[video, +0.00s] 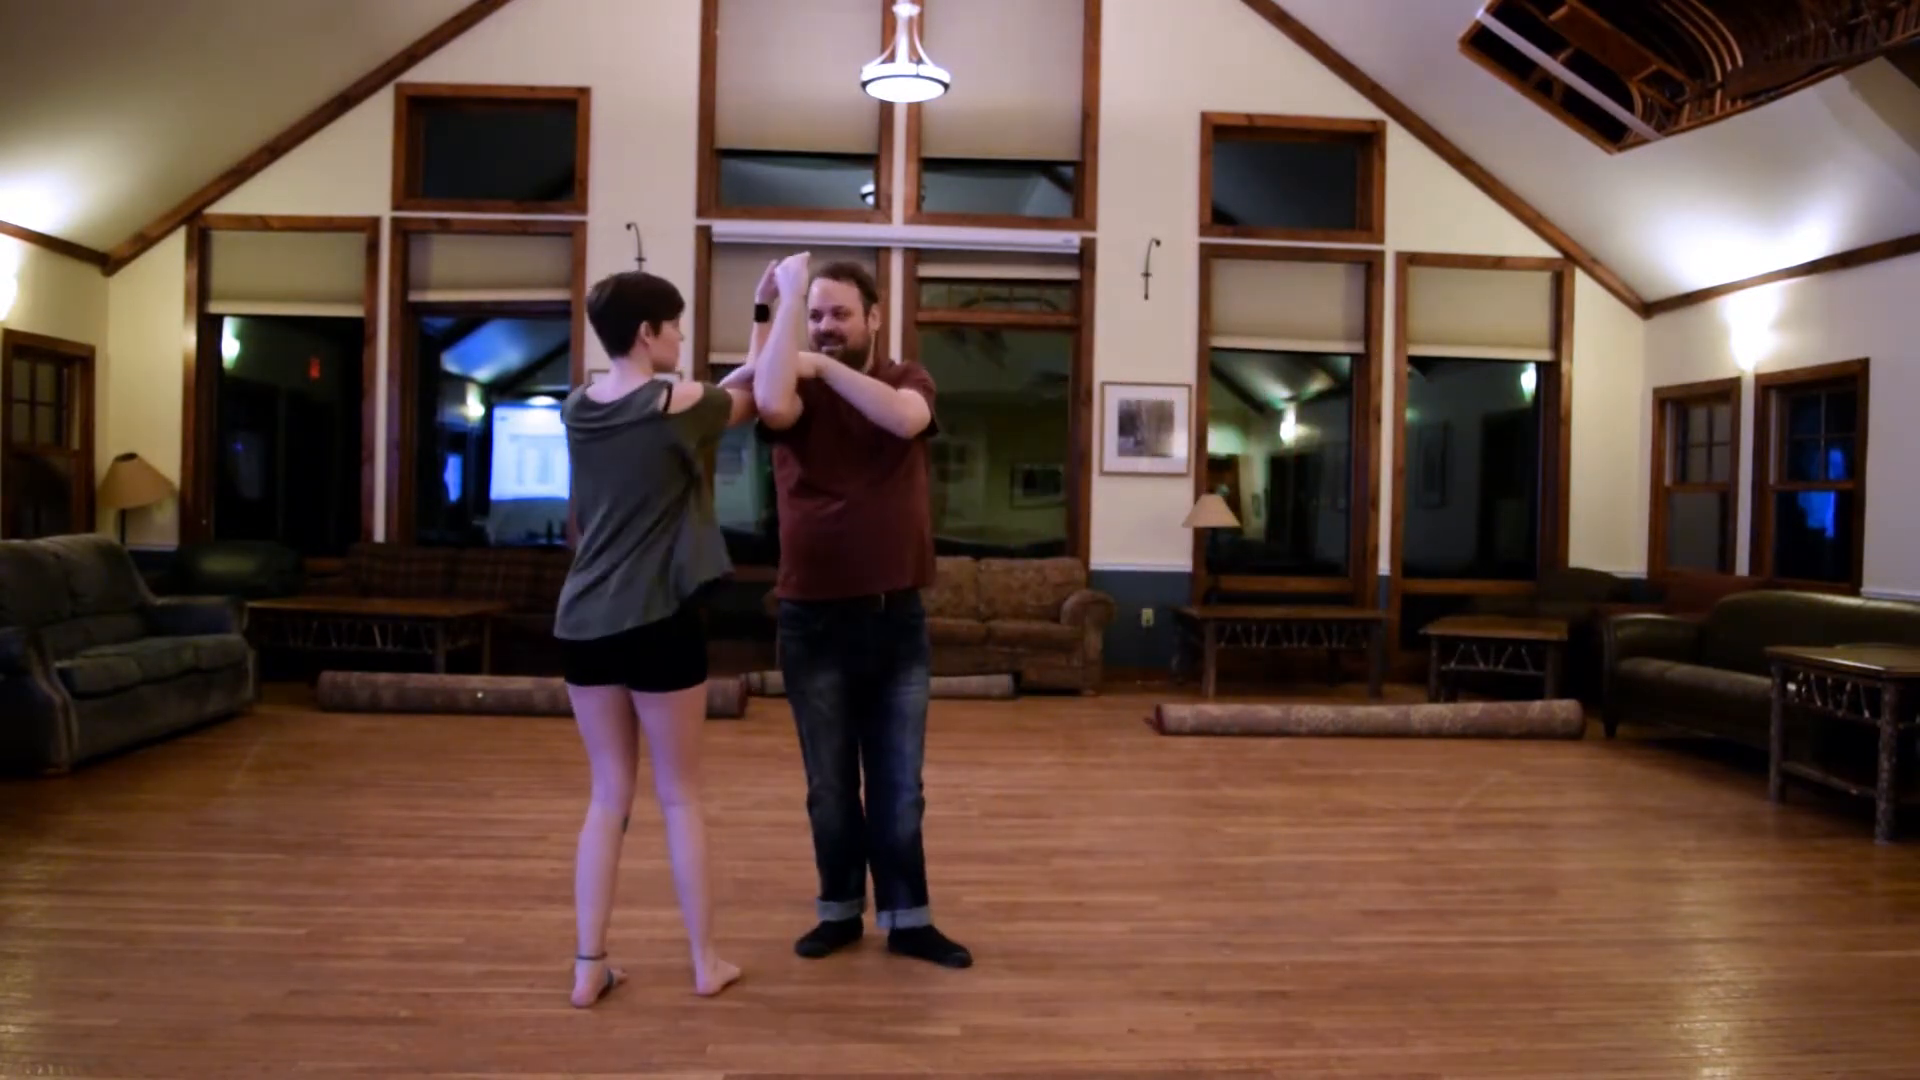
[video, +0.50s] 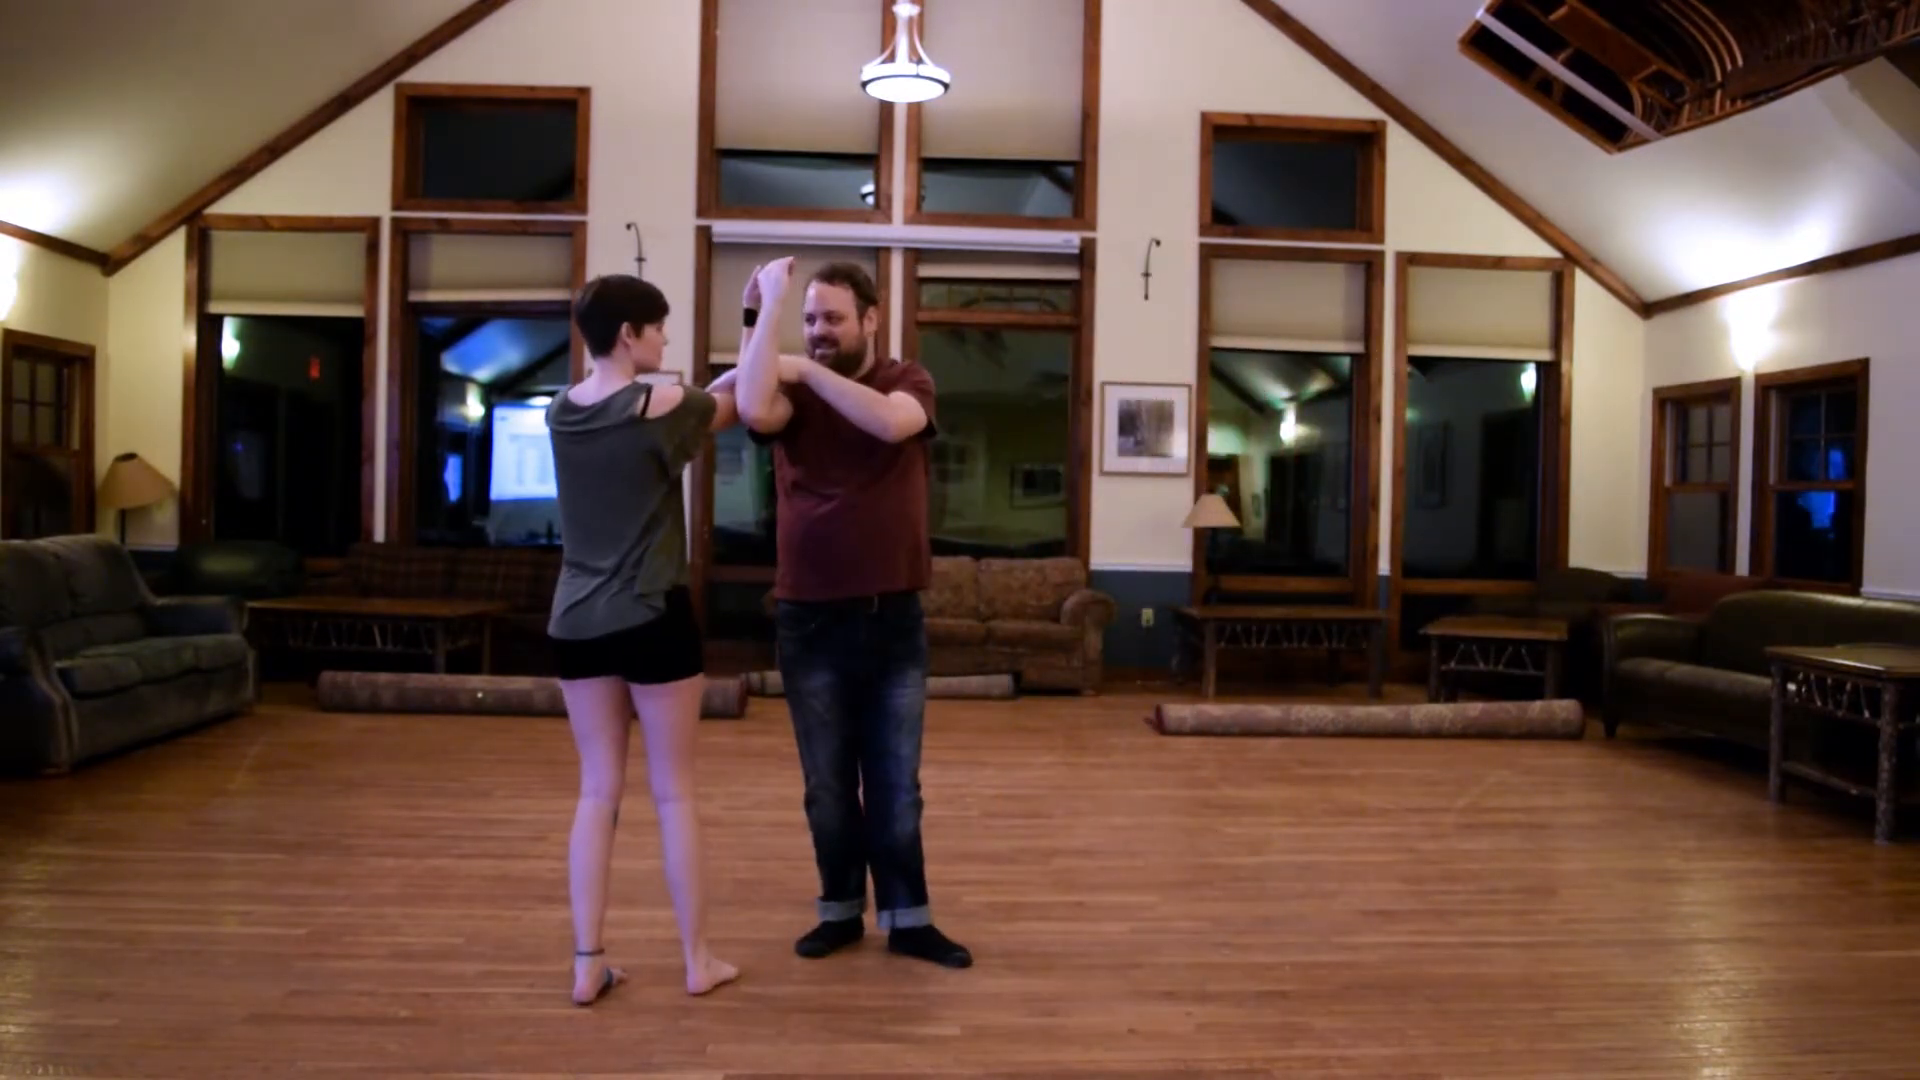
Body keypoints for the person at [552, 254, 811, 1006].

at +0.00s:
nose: (682, 338)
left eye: (679, 326)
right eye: (675, 327)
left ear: (614, 335)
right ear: (648, 334)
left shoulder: (579, 409)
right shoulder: (676, 403)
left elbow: (686, 404)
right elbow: (760, 395)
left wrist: (750, 364)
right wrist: (788, 306)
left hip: (583, 621)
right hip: (659, 621)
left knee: (607, 800)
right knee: (681, 799)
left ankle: (588, 966)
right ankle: (705, 962)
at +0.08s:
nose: (675, 340)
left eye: (673, 328)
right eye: (669, 329)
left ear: (608, 337)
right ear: (645, 335)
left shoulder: (571, 409)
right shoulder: (672, 408)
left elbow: (642, 414)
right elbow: (754, 397)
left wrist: (700, 392)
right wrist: (783, 312)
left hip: (578, 622)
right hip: (653, 621)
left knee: (603, 798)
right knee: (677, 798)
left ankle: (588, 966)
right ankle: (703, 961)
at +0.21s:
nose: (671, 337)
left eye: (669, 325)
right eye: (665, 325)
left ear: (603, 337)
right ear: (634, 334)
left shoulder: (564, 409)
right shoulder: (666, 408)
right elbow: (753, 400)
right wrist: (782, 309)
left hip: (574, 620)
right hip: (652, 617)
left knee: (597, 793)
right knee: (674, 793)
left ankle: (587, 962)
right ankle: (700, 960)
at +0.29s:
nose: (668, 337)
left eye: (666, 325)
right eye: (662, 325)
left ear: (600, 337)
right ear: (632, 334)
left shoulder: (562, 410)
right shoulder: (666, 409)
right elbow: (749, 399)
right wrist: (778, 307)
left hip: (574, 618)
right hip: (652, 616)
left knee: (595, 793)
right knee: (673, 792)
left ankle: (586, 964)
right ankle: (697, 959)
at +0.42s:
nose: (666, 339)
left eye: (664, 327)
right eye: (660, 327)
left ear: (597, 339)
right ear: (630, 335)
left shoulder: (561, 413)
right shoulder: (665, 409)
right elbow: (743, 399)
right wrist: (772, 309)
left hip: (574, 619)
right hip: (652, 617)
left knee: (594, 794)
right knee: (674, 793)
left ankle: (586, 964)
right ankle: (697, 960)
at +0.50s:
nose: (664, 341)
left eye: (663, 329)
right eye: (659, 328)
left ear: (596, 340)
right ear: (630, 336)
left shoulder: (560, 414)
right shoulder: (663, 409)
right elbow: (738, 402)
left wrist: (654, 380)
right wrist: (765, 316)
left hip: (576, 619)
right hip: (655, 617)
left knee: (596, 792)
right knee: (675, 794)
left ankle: (586, 964)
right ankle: (697, 960)